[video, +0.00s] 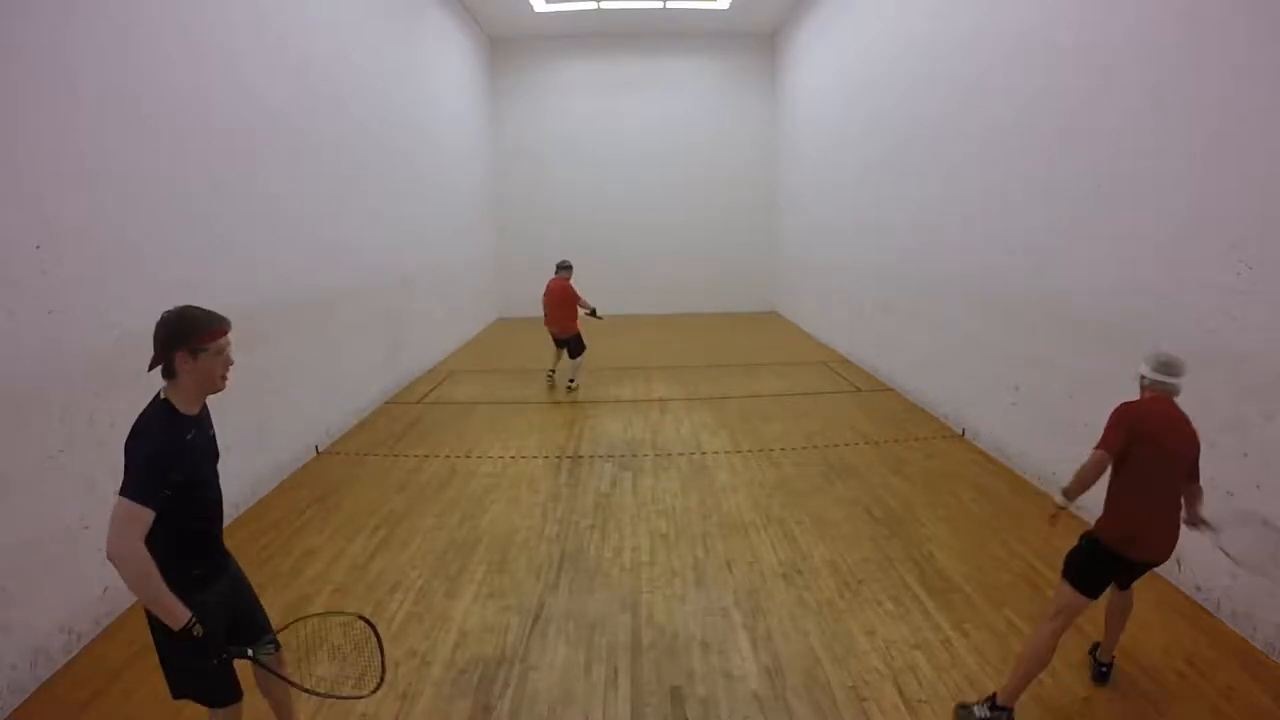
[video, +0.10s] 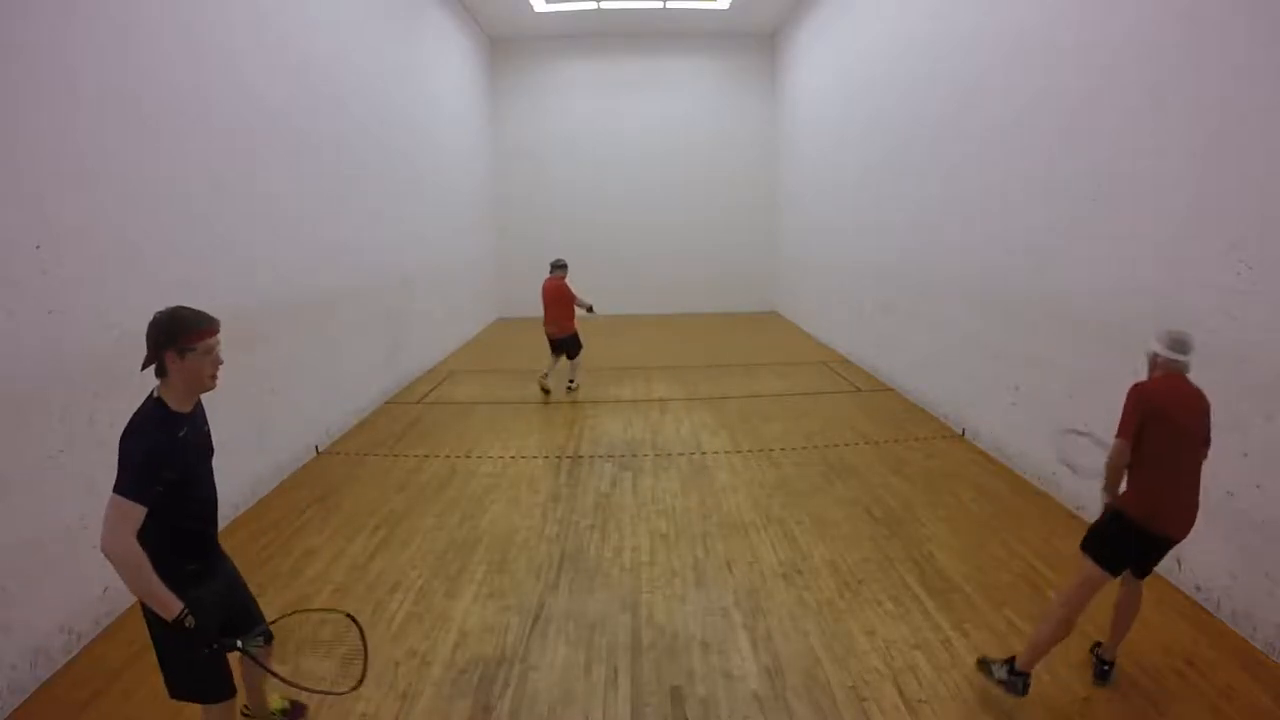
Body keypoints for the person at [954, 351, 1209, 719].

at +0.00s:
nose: (1140, 385)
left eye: (1142, 380)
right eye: (1146, 381)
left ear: (1144, 381)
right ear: (1177, 388)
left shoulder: (1129, 413)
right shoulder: (1186, 430)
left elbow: (1098, 463)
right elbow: (1192, 485)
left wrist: (1066, 496)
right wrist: (1193, 513)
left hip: (1115, 537)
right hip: (1159, 545)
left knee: (1057, 619)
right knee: (1122, 584)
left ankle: (1001, 705)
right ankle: (1105, 660)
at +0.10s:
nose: (1147, 362)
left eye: (1150, 356)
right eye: (1151, 357)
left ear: (1156, 359)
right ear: (1186, 364)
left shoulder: (1144, 392)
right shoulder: (1200, 401)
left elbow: (1120, 453)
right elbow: (1199, 455)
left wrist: (1110, 493)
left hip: (1137, 510)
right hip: (1178, 520)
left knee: (1080, 590)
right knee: (1133, 579)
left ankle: (1019, 669)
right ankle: (1107, 659)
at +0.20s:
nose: (1152, 339)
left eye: (1154, 334)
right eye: (1155, 334)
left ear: (1161, 335)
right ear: (1191, 339)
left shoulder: (1157, 370)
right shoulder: (1207, 375)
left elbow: (1144, 432)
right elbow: (1192, 434)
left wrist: (1129, 466)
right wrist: (1144, 457)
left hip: (1154, 491)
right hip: (1195, 500)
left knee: (1097, 564)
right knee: (1155, 567)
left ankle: (1037, 637)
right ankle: (1131, 645)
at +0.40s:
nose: (1165, 350)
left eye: (1169, 345)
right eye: (1167, 344)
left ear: (1180, 351)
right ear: (1199, 354)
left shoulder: (1179, 392)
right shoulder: (1213, 389)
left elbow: (1170, 457)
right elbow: (1195, 441)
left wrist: (1131, 485)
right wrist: (1151, 446)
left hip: (1168, 505)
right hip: (1201, 509)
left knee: (1103, 564)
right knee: (1180, 577)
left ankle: (1069, 648)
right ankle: (1185, 653)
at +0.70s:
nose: (1120, 345)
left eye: (1125, 341)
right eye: (1122, 340)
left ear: (1139, 348)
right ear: (1150, 349)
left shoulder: (1145, 387)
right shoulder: (1166, 381)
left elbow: (1151, 450)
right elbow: (1145, 437)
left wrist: (1136, 507)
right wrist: (1108, 458)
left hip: (1144, 491)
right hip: (1171, 492)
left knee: (1092, 540)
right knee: (1165, 561)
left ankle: (1109, 609)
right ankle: (1186, 639)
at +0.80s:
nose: (1094, 339)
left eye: (1100, 335)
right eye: (1096, 334)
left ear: (1115, 342)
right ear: (1121, 342)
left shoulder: (1121, 382)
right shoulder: (1140, 373)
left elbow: (1124, 443)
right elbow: (1125, 429)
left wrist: (1107, 496)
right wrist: (1094, 453)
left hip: (1128, 481)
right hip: (1149, 479)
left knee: (1088, 539)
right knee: (1130, 538)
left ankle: (1111, 609)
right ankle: (1169, 604)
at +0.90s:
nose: (1070, 338)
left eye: (1075, 333)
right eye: (1072, 332)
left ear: (1092, 340)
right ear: (1099, 341)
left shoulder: (1096, 380)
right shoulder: (1117, 369)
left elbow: (1089, 441)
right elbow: (1106, 426)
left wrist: (1063, 491)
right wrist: (1080, 450)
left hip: (1107, 474)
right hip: (1123, 470)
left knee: (1081, 536)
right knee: (1091, 530)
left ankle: (1110, 608)